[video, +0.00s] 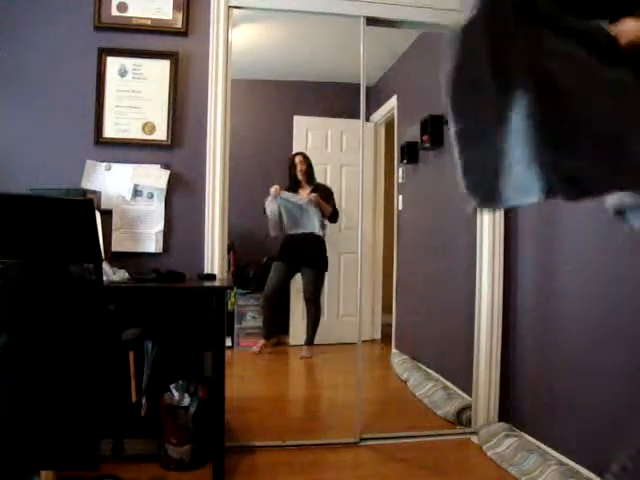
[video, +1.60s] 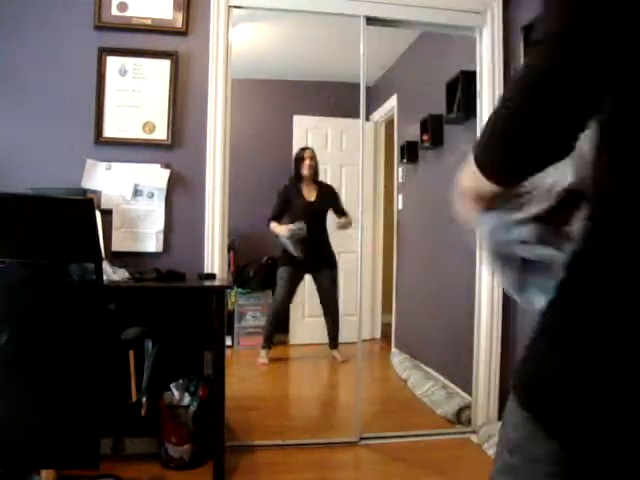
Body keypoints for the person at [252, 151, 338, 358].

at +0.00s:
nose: (301, 167)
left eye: (303, 163)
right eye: (297, 164)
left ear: (309, 166)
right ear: (291, 169)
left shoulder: (321, 190)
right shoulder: (286, 193)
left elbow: (334, 217)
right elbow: (274, 219)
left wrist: (319, 202)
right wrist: (274, 197)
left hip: (313, 243)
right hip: (290, 243)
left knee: (311, 296)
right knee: (270, 292)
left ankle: (308, 344)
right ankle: (268, 337)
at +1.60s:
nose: (309, 163)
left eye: (312, 159)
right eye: (304, 159)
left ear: (317, 163)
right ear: (297, 164)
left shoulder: (327, 191)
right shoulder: (289, 191)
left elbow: (344, 218)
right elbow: (273, 221)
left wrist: (344, 222)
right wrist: (281, 230)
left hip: (321, 252)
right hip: (293, 254)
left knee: (330, 302)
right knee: (281, 300)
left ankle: (334, 347)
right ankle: (265, 347)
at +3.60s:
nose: (309, 171)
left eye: (313, 167)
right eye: (305, 167)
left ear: (318, 169)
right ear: (300, 171)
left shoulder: (328, 197)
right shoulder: (290, 193)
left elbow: (335, 230)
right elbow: (275, 223)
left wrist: (333, 220)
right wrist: (281, 211)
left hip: (318, 257)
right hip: (291, 256)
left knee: (334, 299)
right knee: (270, 298)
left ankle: (337, 347)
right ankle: (248, 347)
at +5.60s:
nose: (292, 172)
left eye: (295, 169)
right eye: (288, 169)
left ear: (300, 174)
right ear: (281, 174)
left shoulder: (309, 201)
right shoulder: (272, 199)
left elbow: (321, 233)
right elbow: (252, 229)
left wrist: (308, 238)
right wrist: (270, 234)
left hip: (297, 261)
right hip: (270, 261)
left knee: (328, 301)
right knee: (249, 301)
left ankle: (336, 348)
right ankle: (240, 349)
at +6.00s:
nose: (304, 181)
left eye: (308, 178)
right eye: (300, 178)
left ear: (312, 182)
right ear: (293, 182)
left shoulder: (321, 210)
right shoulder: (283, 207)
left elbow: (336, 239)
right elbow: (265, 236)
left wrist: (327, 246)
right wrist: (279, 244)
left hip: (310, 269)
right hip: (282, 269)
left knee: (343, 302)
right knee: (246, 301)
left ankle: (342, 346)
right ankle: (238, 349)